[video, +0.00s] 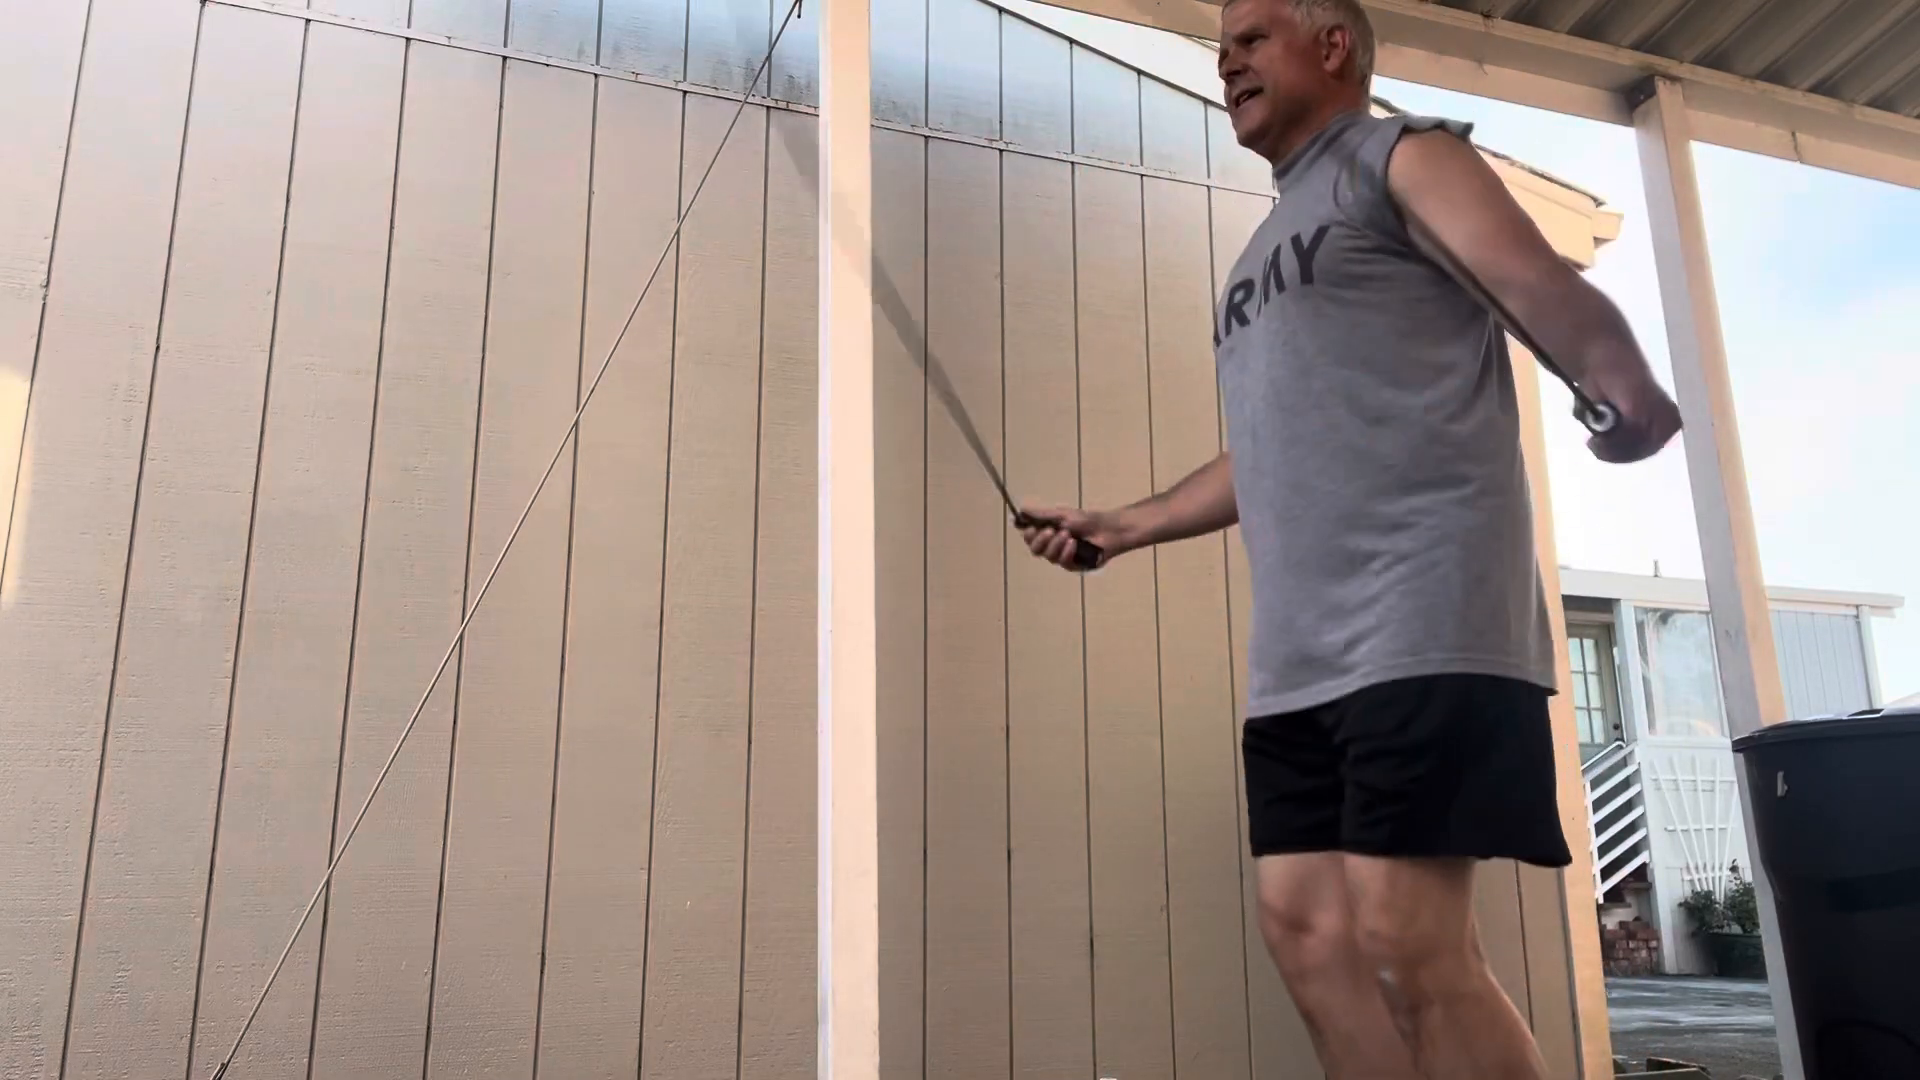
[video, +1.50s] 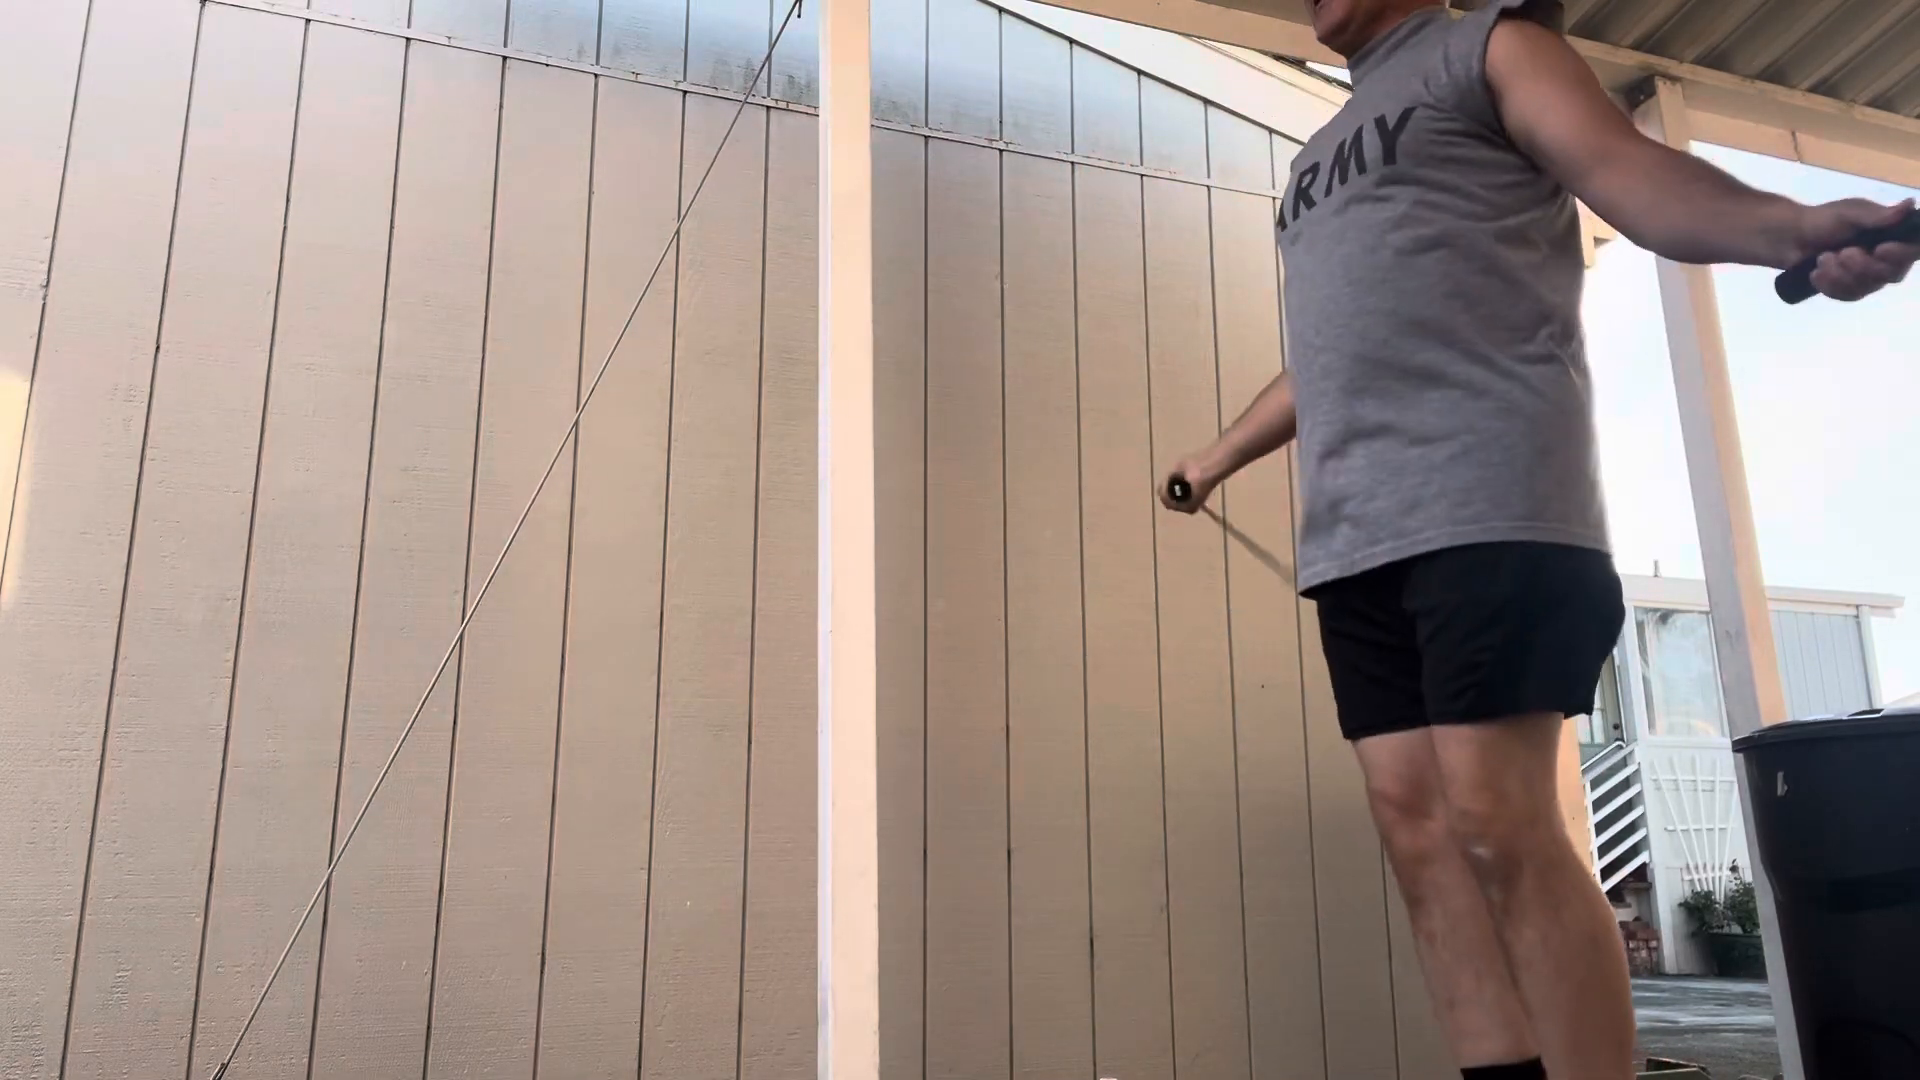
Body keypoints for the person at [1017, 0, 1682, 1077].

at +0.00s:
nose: (1227, 62)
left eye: (1251, 36)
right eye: (1221, 49)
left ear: (1333, 44)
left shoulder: (1402, 155)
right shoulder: (1255, 261)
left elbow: (1533, 278)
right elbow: (1262, 459)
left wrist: (1632, 391)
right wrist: (1115, 528)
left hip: (1426, 607)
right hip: (1296, 633)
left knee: (1412, 936)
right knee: (1306, 927)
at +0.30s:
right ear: (1252, 28)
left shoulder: (1421, 63)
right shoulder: (1260, 173)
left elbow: (1537, 191)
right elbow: (1272, 365)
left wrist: (1667, 244)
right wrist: (1161, 448)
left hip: (1418, 510)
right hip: (1284, 538)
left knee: (1420, 835)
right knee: (1337, 837)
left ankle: (1517, 1070)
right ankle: (1429, 1072)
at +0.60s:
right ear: (1265, 11)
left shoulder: (1429, 37)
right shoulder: (1267, 160)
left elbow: (1560, 159)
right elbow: (1272, 359)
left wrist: (1737, 231)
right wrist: (1180, 478)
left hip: (1435, 474)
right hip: (1298, 503)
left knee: (1427, 814)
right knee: (1350, 819)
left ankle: (1527, 1072)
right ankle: (1442, 1068)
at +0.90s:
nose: (1273, 32)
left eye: (1299, 8)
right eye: (1266, 21)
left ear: (1382, 17)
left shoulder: (1452, 122)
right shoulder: (1295, 223)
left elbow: (1569, 258)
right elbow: (1293, 422)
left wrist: (1685, 362)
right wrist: (1158, 532)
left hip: (1451, 584)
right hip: (1320, 611)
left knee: (1458, 912)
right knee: (1360, 912)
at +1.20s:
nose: (1299, 49)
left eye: (1328, 28)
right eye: (1297, 36)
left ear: (1411, 42)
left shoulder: (1481, 153)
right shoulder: (1311, 255)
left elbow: (1625, 270)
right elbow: (1314, 442)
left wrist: (1696, 323)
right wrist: (1155, 492)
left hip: (1479, 605)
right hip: (1337, 627)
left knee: (1477, 941)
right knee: (1369, 928)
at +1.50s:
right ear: (1318, 16)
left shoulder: (1490, 41)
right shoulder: (1315, 162)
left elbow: (1624, 170)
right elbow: (1324, 360)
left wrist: (1792, 228)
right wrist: (1215, 456)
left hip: (1492, 489)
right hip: (1349, 525)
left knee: (1504, 823)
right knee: (1414, 827)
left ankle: (1597, 1070)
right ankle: (1502, 1066)